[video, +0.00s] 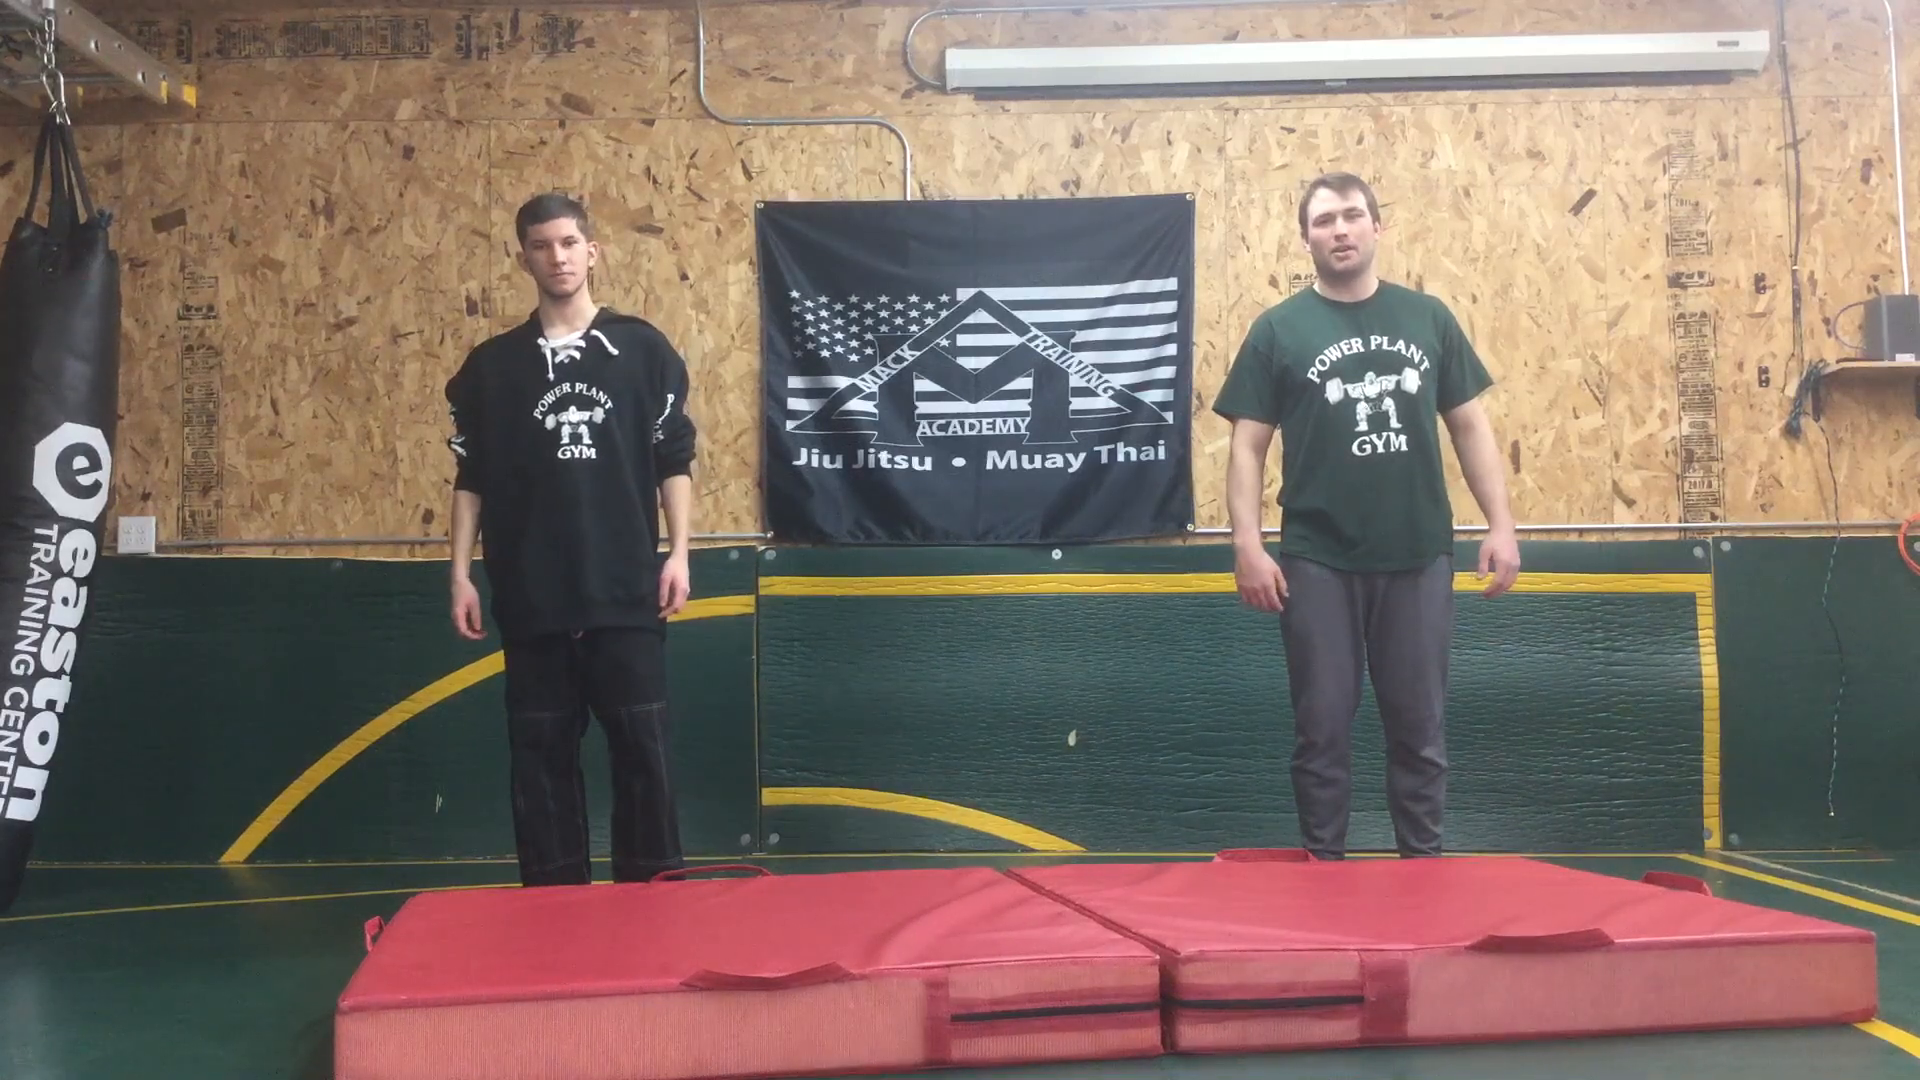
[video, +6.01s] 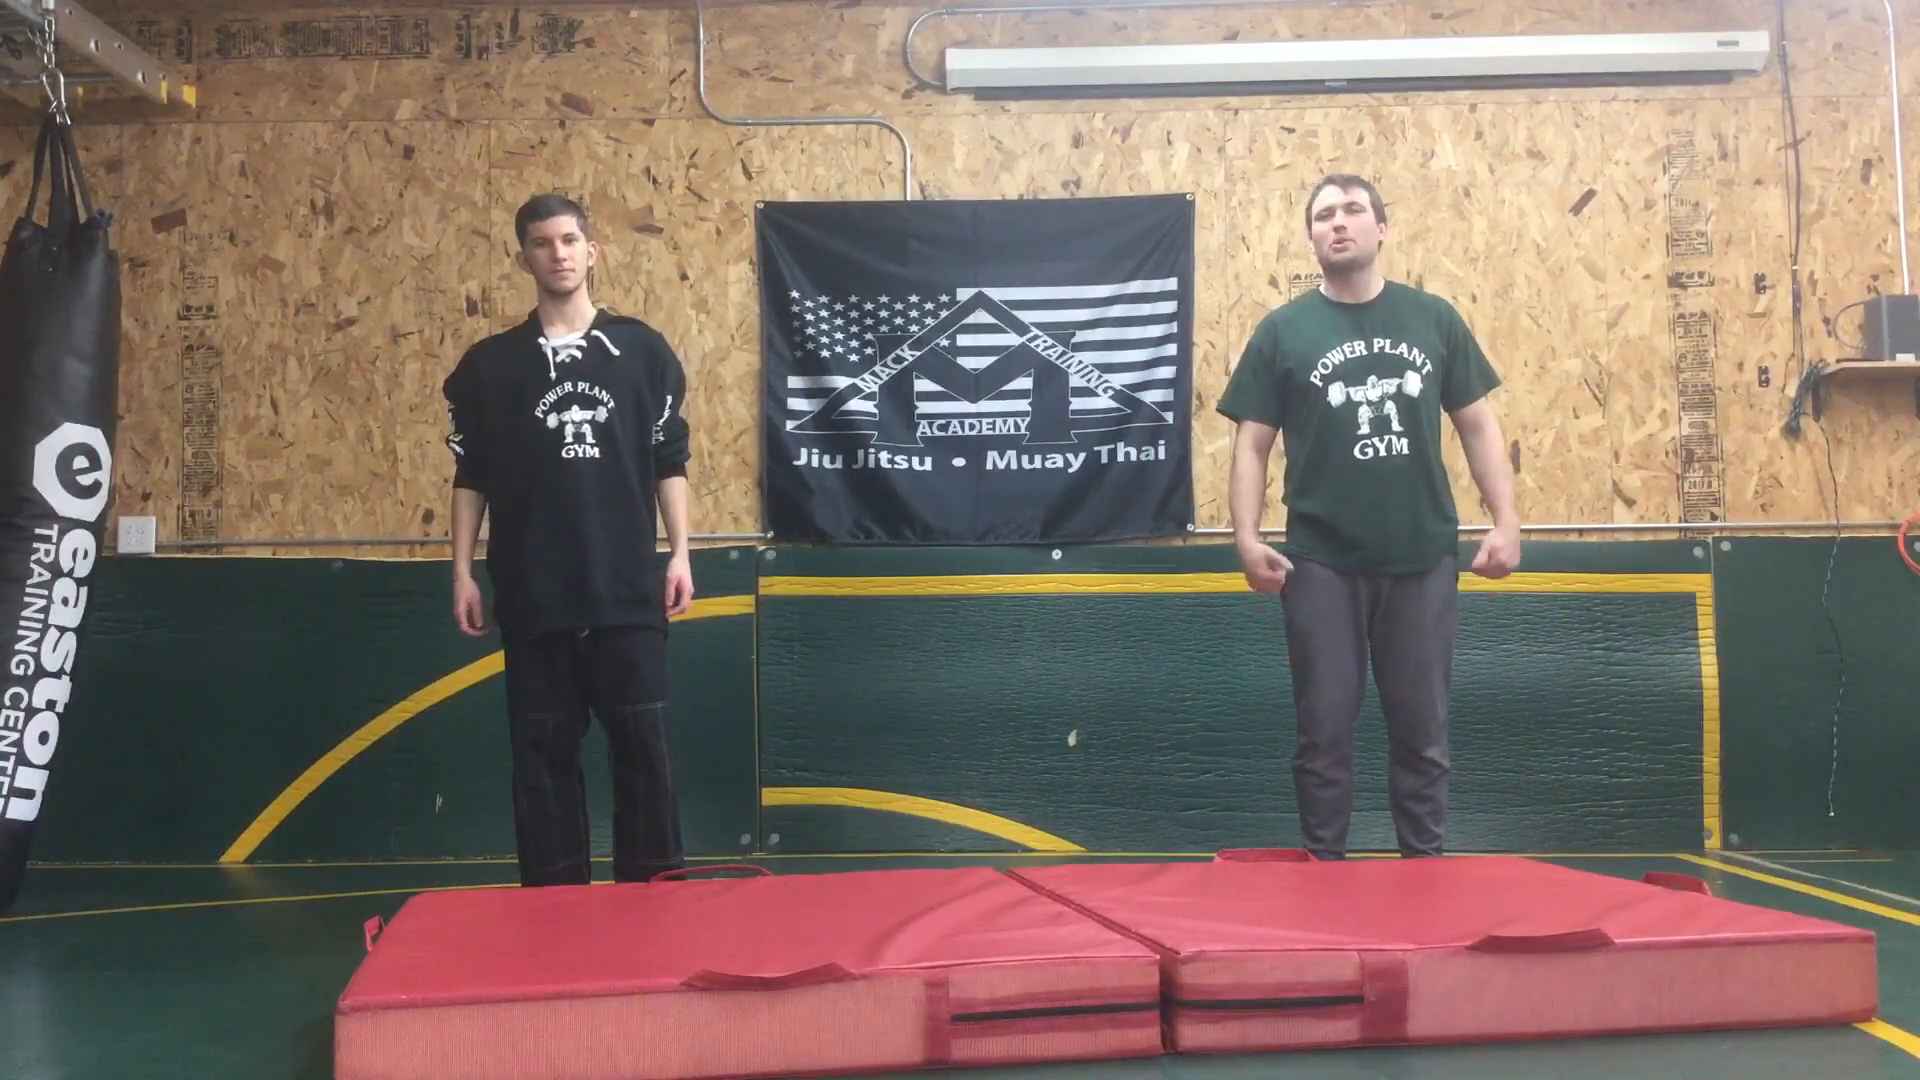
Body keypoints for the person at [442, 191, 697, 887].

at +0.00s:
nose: (557, 257)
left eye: (568, 242)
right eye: (542, 246)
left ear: (591, 250)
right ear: (525, 260)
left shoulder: (642, 347)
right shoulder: (489, 364)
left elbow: (674, 458)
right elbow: (470, 477)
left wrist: (679, 551)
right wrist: (461, 573)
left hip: (625, 585)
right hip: (529, 592)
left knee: (643, 756)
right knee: (542, 763)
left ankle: (652, 907)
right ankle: (554, 913)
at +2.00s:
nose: (558, 257)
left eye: (568, 242)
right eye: (542, 247)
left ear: (590, 249)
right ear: (525, 261)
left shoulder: (643, 347)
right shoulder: (489, 365)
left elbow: (672, 458)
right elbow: (473, 477)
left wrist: (678, 551)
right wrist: (465, 574)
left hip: (627, 585)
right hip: (531, 592)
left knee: (644, 754)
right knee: (543, 762)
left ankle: (653, 905)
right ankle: (555, 913)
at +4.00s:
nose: (563, 256)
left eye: (573, 242)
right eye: (547, 246)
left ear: (594, 251)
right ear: (529, 261)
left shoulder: (645, 351)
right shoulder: (490, 366)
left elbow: (669, 463)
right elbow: (471, 478)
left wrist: (678, 552)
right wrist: (473, 572)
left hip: (628, 584)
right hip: (532, 589)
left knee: (645, 751)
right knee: (543, 759)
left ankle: (654, 902)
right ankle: (555, 910)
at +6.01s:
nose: (558, 254)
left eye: (569, 240)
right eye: (543, 244)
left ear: (590, 249)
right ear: (525, 258)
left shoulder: (643, 350)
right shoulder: (486, 364)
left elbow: (669, 461)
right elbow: (471, 476)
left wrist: (681, 551)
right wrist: (462, 571)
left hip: (627, 583)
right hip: (531, 590)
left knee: (644, 752)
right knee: (543, 761)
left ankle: (653, 904)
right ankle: (554, 913)